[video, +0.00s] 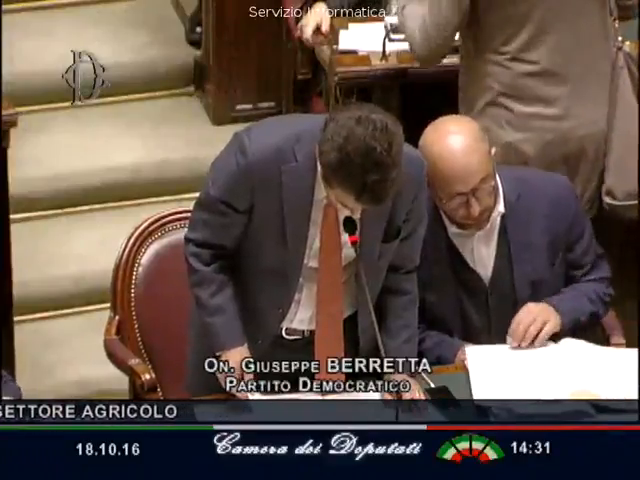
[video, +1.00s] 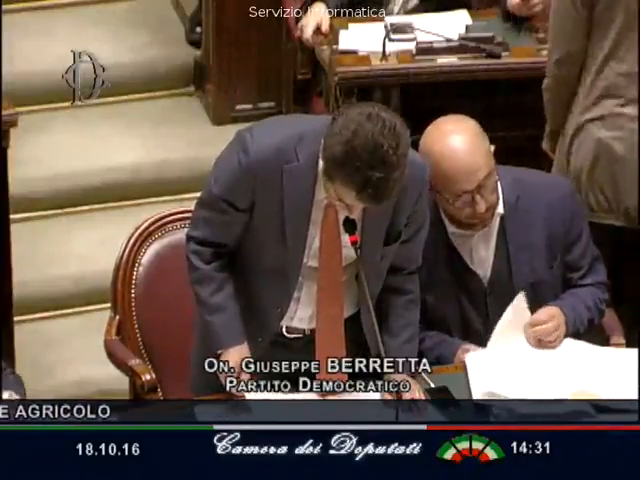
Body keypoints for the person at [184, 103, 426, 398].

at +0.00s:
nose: (354, 213)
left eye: (365, 206)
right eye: (343, 202)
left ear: (392, 175)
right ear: (323, 163)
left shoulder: (408, 173)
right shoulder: (254, 158)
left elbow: (402, 274)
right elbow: (205, 248)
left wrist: (401, 366)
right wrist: (230, 344)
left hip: (349, 336)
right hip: (262, 340)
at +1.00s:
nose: (353, 215)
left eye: (366, 205)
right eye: (342, 201)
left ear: (397, 177)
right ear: (324, 161)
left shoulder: (410, 178)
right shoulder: (257, 157)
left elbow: (403, 276)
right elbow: (206, 246)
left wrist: (401, 366)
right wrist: (230, 341)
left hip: (350, 337)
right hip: (262, 341)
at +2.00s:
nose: (353, 213)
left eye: (366, 204)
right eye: (342, 199)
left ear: (395, 174)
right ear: (323, 160)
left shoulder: (409, 175)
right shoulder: (255, 157)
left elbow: (402, 276)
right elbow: (206, 251)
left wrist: (401, 366)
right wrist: (231, 344)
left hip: (350, 337)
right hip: (264, 340)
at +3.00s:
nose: (360, 213)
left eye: (373, 204)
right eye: (350, 200)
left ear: (398, 176)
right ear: (328, 162)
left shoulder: (408, 175)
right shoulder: (256, 157)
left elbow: (403, 275)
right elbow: (207, 251)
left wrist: (400, 366)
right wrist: (231, 345)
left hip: (350, 335)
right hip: (263, 339)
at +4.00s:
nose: (357, 214)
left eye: (369, 207)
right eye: (347, 202)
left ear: (399, 176)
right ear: (328, 163)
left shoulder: (411, 178)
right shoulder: (258, 156)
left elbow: (406, 270)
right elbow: (207, 245)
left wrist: (396, 358)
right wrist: (234, 340)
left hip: (351, 337)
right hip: (263, 341)